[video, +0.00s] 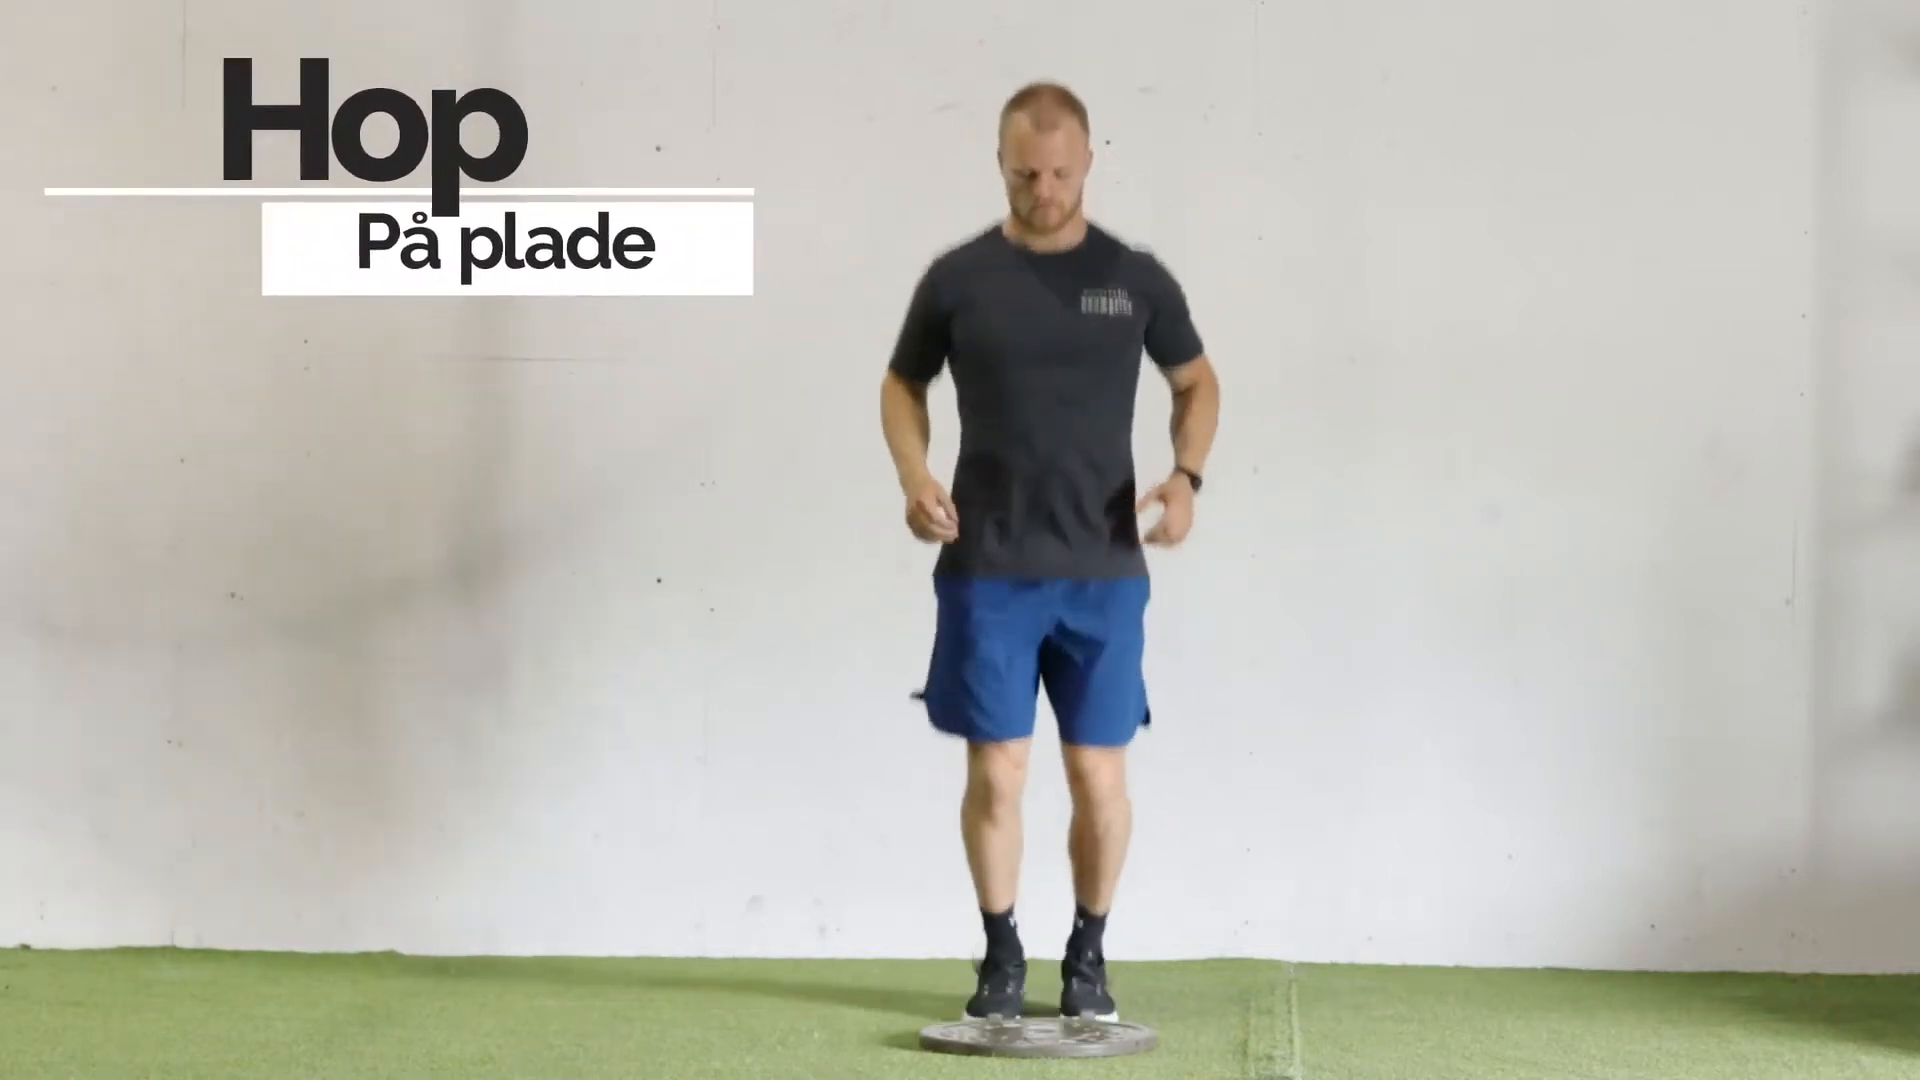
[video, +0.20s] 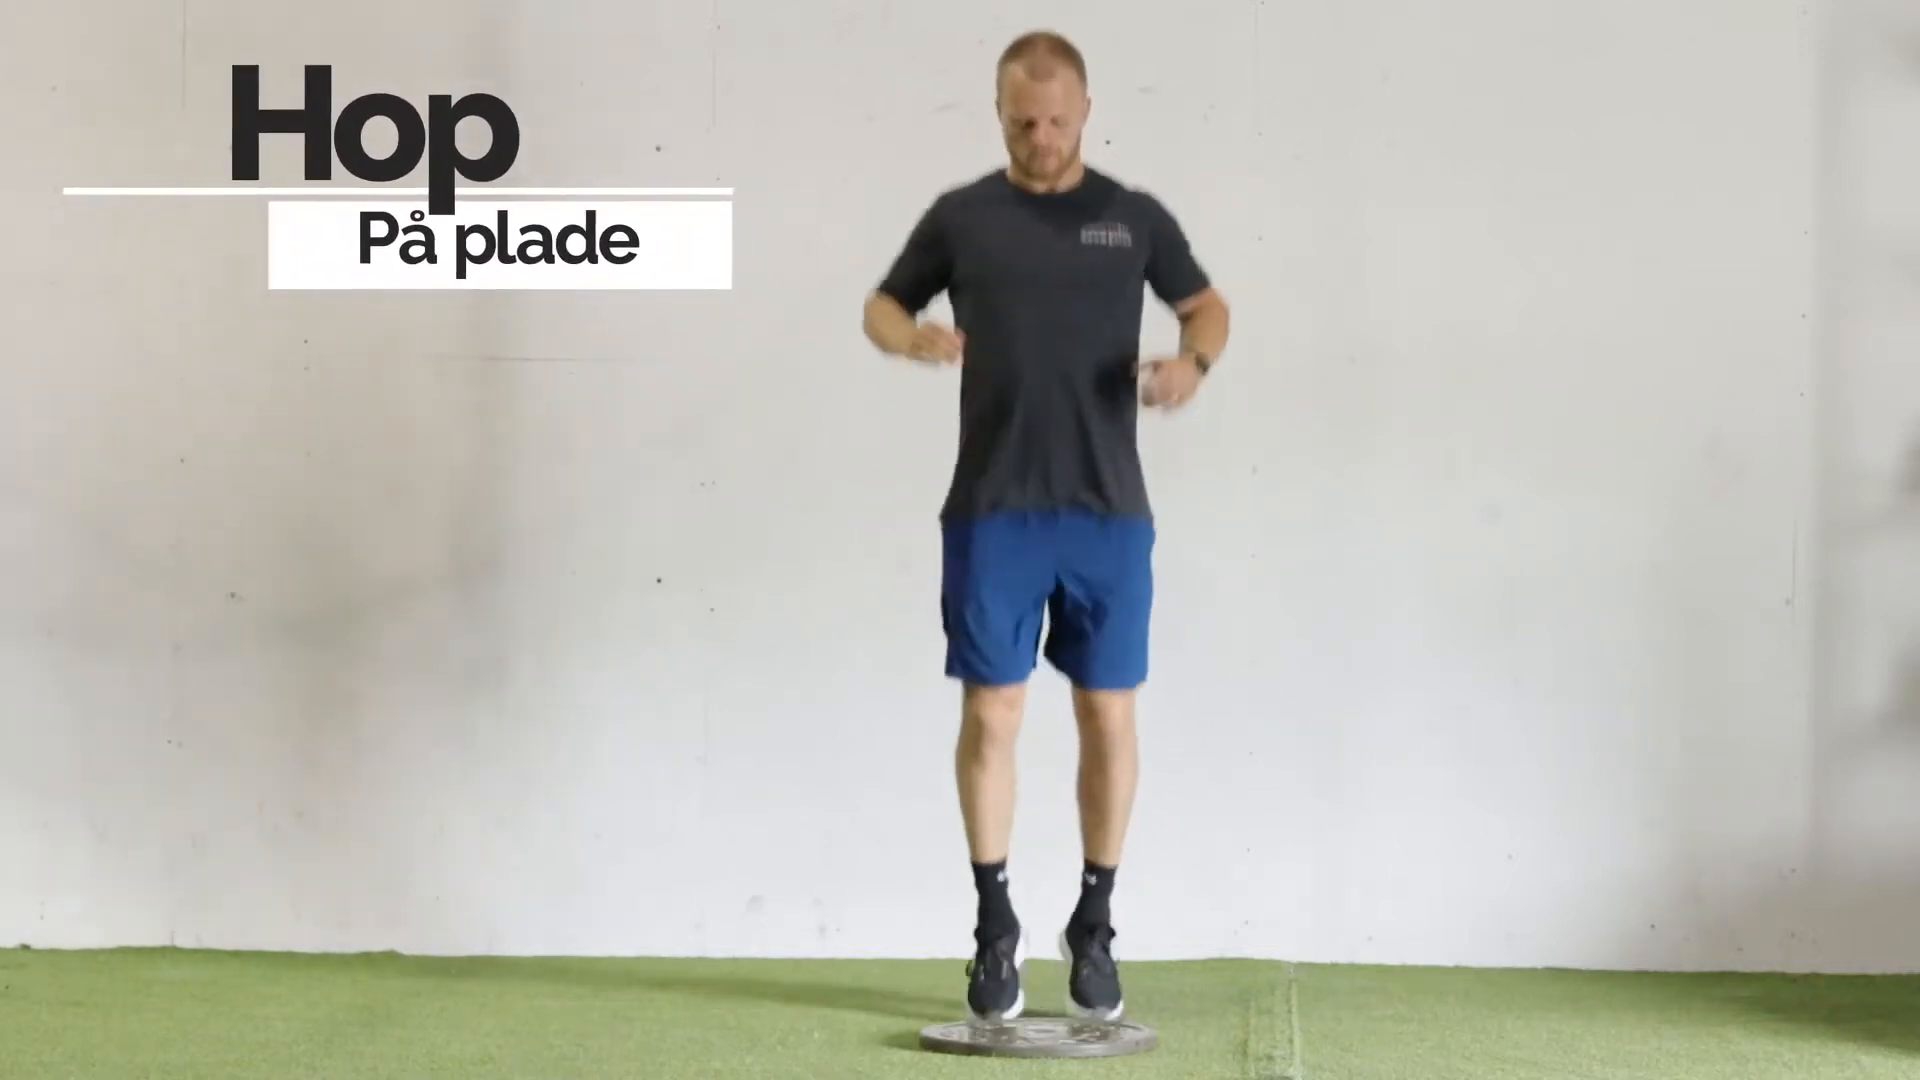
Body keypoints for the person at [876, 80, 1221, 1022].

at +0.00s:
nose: (1043, 189)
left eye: (1059, 172)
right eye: (1026, 173)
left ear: (1088, 163)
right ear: (1003, 167)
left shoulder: (1137, 278)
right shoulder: (955, 280)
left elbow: (1197, 384)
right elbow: (903, 386)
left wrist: (1184, 478)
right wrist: (915, 475)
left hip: (1103, 564)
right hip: (990, 562)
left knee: (1097, 773)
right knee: (995, 774)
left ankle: (1087, 959)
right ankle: (1002, 961)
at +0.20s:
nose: (1038, 137)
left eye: (1054, 120)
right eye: (1022, 121)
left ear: (1085, 113)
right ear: (1000, 117)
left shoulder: (1134, 218)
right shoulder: (960, 216)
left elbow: (1207, 309)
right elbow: (882, 309)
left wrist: (1190, 359)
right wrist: (915, 338)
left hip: (1106, 505)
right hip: (996, 504)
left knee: (1107, 717)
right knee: (992, 714)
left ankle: (1095, 929)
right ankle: (994, 931)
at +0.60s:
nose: (1037, 175)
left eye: (1053, 157)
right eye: (1020, 159)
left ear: (1082, 149)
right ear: (997, 155)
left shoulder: (1133, 259)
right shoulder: (956, 263)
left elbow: (1187, 363)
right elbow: (902, 372)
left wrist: (1177, 451)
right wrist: (914, 479)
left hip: (1114, 548)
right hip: (1000, 548)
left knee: (1104, 747)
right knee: (1009, 747)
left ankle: (1083, 962)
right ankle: (1020, 961)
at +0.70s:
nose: (1032, 132)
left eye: (1049, 114)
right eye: (1015, 115)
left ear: (1080, 105)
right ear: (993, 110)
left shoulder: (1133, 209)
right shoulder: (954, 215)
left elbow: (1191, 301)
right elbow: (895, 311)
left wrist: (1173, 395)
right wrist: (912, 420)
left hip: (1113, 505)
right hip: (996, 506)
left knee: (1108, 715)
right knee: (999, 713)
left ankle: (1087, 922)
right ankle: (1005, 923)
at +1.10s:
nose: (1040, 122)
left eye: (1055, 106)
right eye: (1023, 107)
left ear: (1084, 100)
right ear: (1001, 105)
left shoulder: (1133, 205)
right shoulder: (960, 202)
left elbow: (1212, 285)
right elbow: (867, 296)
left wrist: (1204, 325)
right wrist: (907, 297)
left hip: (1106, 491)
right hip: (992, 490)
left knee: (1105, 703)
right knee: (986, 698)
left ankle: (1094, 905)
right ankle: (987, 900)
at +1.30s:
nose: (1046, 115)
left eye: (1062, 98)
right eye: (1029, 99)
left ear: (1091, 93)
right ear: (1006, 95)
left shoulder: (1139, 200)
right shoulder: (961, 195)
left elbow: (1206, 291)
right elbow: (885, 285)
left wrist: (1208, 363)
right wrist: (917, 344)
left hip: (1105, 481)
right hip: (994, 480)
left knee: (1093, 701)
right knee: (1003, 697)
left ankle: (1069, 926)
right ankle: (1008, 920)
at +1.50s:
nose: (1049, 176)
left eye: (1065, 158)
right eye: (1032, 159)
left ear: (1094, 154)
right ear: (1008, 156)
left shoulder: (1139, 267)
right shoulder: (964, 263)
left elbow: (1190, 378)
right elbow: (903, 366)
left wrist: (1174, 470)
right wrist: (922, 467)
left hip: (1108, 556)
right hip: (995, 553)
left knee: (1092, 747)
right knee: (1004, 750)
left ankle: (1067, 960)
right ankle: (1010, 958)